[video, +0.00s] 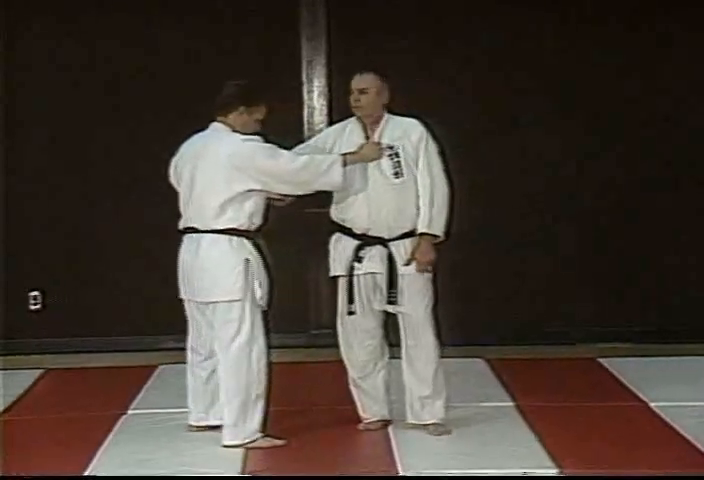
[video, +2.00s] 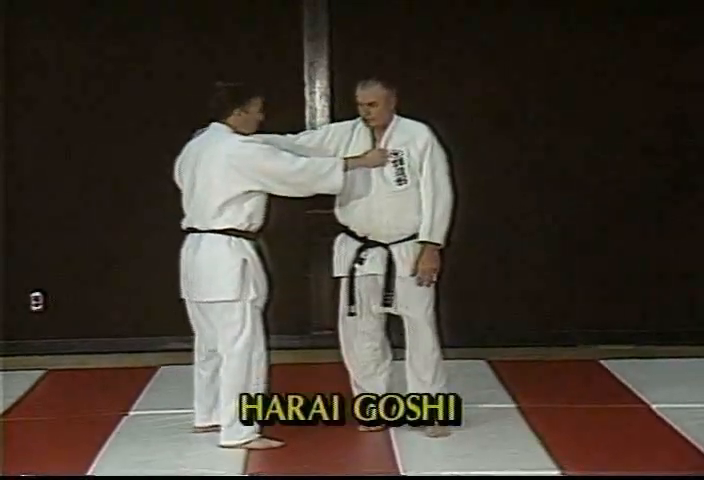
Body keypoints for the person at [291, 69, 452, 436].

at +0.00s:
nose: (356, 99)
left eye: (363, 93)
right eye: (352, 94)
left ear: (384, 96)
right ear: (349, 99)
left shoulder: (411, 133)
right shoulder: (337, 136)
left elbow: (435, 186)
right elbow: (294, 161)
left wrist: (428, 238)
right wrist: (274, 184)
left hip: (406, 246)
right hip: (354, 248)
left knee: (419, 331)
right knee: (359, 333)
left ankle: (428, 413)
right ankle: (372, 413)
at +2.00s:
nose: (366, 112)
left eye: (372, 106)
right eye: (361, 106)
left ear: (391, 103)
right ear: (356, 105)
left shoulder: (418, 137)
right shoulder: (345, 134)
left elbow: (439, 194)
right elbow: (297, 144)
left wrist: (431, 247)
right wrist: (246, 142)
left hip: (408, 248)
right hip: (358, 247)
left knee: (420, 327)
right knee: (360, 327)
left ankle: (429, 407)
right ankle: (372, 405)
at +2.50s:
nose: (358, 115)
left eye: (364, 108)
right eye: (352, 109)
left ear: (384, 102)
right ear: (348, 107)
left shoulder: (413, 136)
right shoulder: (337, 134)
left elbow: (435, 192)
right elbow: (290, 144)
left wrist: (431, 244)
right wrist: (242, 146)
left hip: (407, 246)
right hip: (356, 249)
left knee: (421, 327)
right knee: (359, 326)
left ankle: (428, 407)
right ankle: (370, 405)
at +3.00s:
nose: (370, 113)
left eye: (377, 106)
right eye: (366, 107)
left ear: (397, 104)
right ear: (361, 106)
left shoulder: (416, 138)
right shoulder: (351, 131)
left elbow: (393, 189)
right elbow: (302, 135)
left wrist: (339, 209)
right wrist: (245, 127)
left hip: (409, 247)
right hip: (361, 246)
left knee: (423, 332)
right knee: (361, 330)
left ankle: (435, 411)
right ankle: (373, 406)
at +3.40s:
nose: (379, 111)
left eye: (386, 104)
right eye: (375, 104)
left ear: (406, 103)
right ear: (370, 105)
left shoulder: (423, 138)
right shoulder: (360, 127)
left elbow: (389, 178)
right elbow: (314, 135)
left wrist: (327, 190)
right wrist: (264, 132)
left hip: (415, 246)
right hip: (367, 246)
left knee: (428, 330)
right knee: (368, 330)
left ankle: (439, 409)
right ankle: (377, 405)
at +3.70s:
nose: (391, 114)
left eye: (398, 108)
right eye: (387, 107)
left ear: (420, 104)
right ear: (384, 105)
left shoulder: (439, 139)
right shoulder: (374, 128)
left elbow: (404, 175)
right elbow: (328, 141)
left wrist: (339, 186)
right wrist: (274, 137)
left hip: (432, 248)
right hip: (381, 246)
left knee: (433, 338)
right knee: (380, 336)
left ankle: (431, 419)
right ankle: (393, 414)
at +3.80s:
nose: (394, 116)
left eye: (401, 109)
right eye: (390, 109)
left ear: (422, 105)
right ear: (385, 107)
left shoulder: (443, 139)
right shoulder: (377, 129)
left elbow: (407, 175)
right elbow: (331, 142)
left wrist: (341, 187)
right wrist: (281, 139)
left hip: (439, 245)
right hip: (389, 243)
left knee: (434, 332)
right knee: (384, 330)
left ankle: (428, 409)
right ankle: (393, 406)